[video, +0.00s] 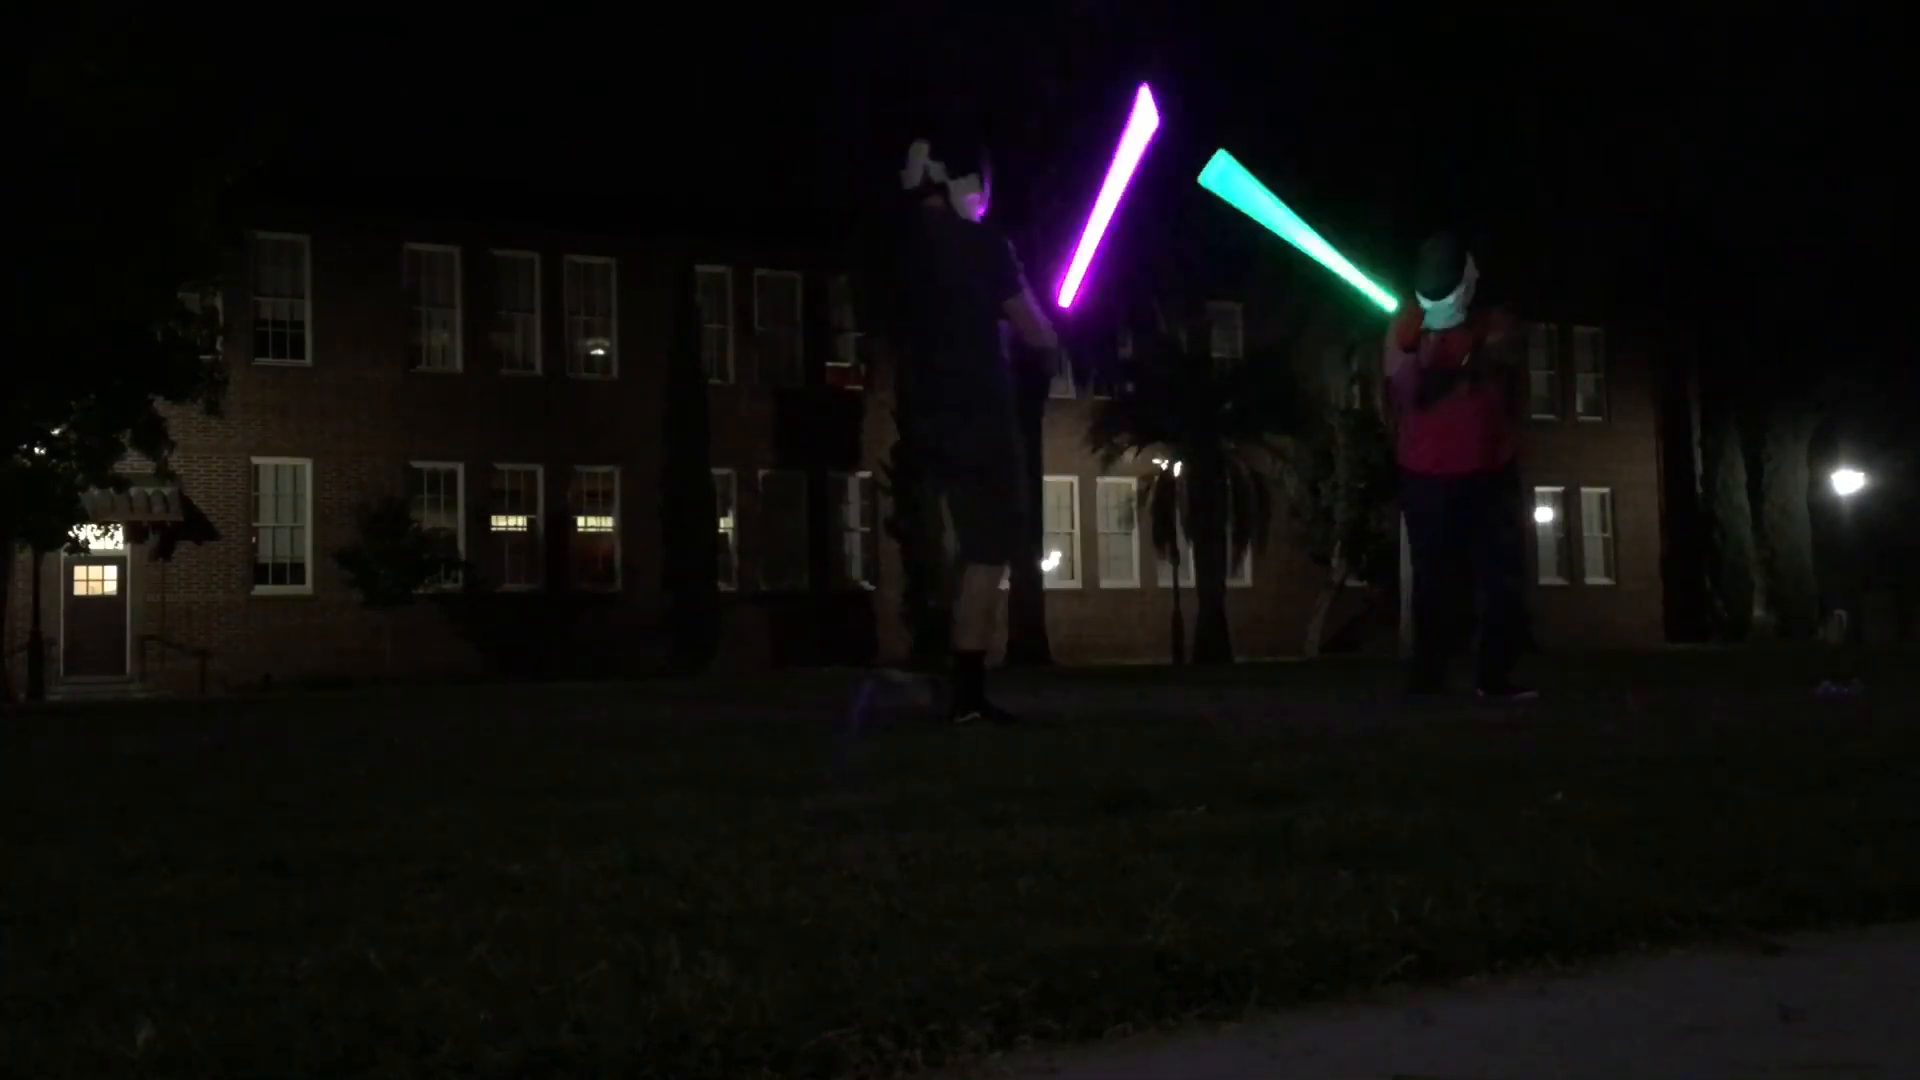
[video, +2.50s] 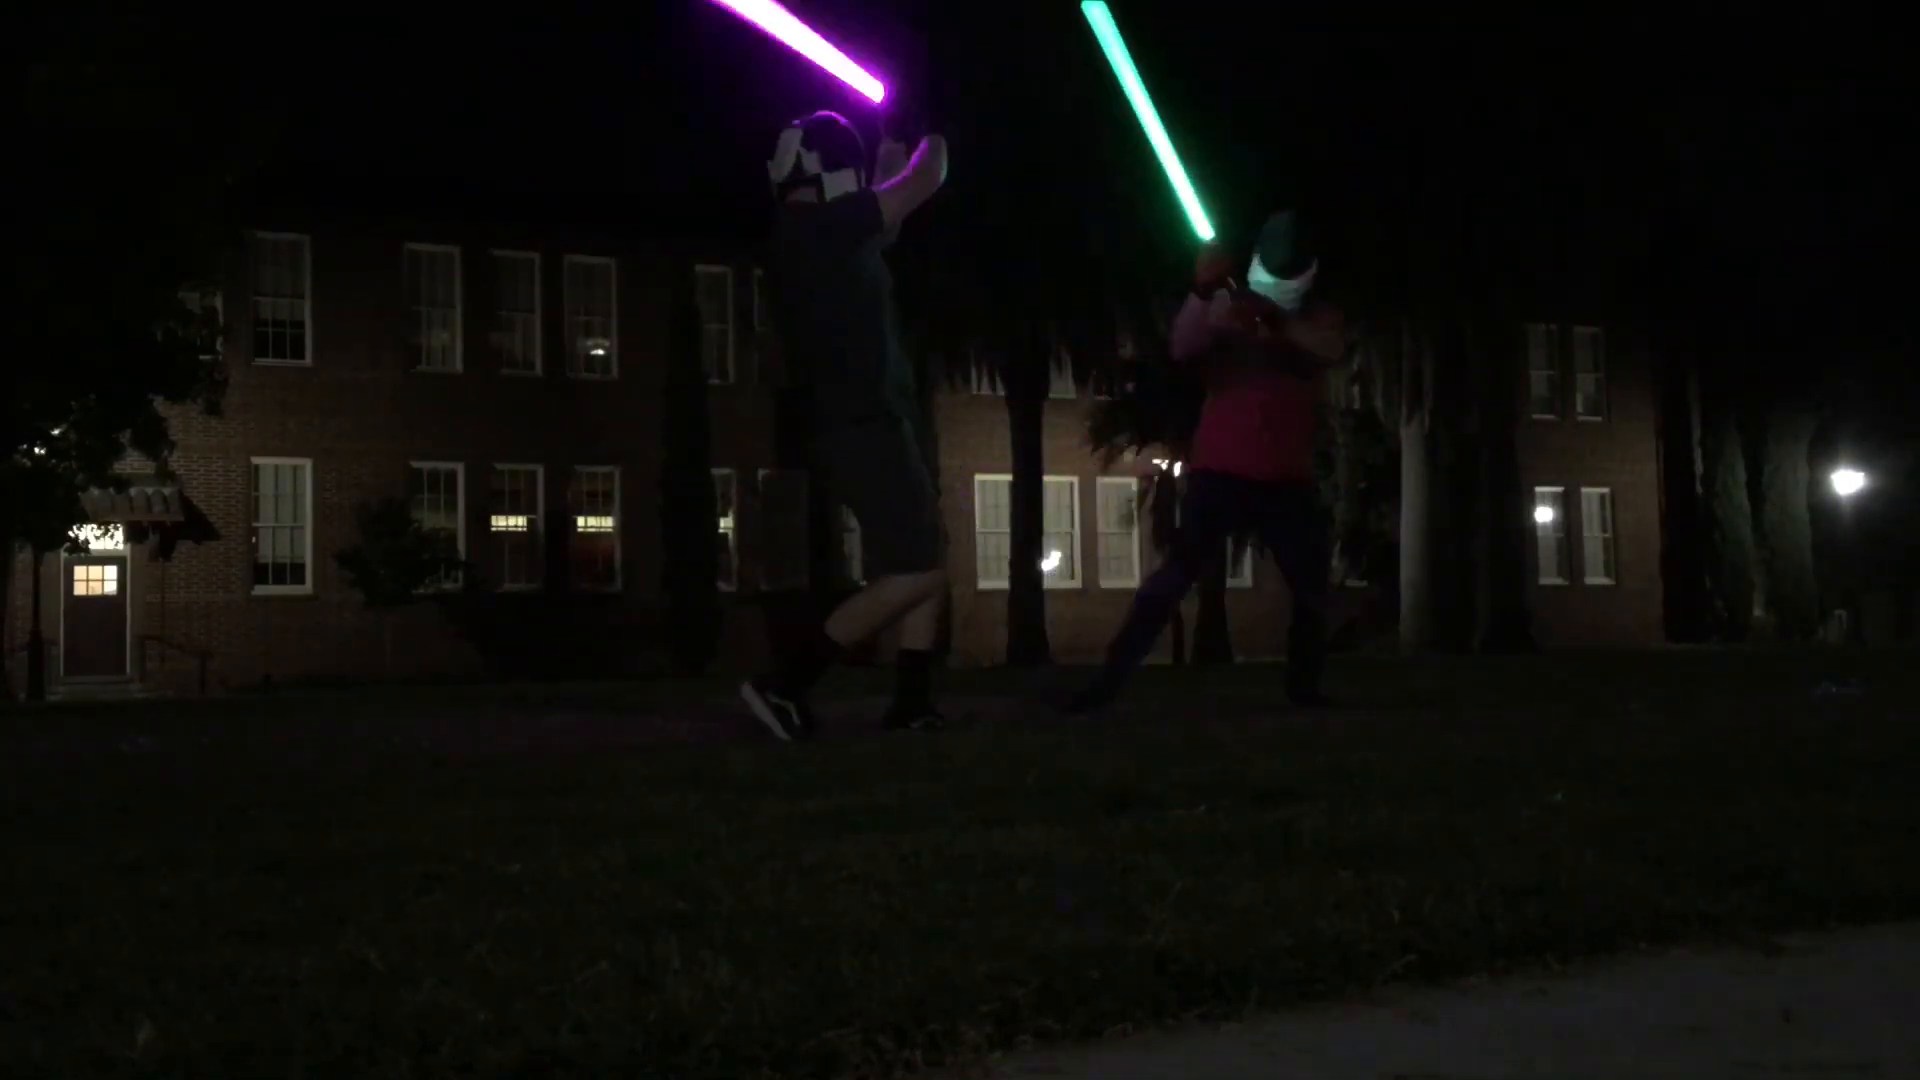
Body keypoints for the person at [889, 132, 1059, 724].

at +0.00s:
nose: (987, 200)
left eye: (984, 188)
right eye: (983, 189)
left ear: (933, 186)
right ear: (970, 188)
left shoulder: (900, 247)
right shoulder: (983, 246)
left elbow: (884, 345)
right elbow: (1038, 332)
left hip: (924, 412)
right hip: (980, 412)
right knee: (987, 548)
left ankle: (955, 680)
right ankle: (968, 689)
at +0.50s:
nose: (848, 206)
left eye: (845, 195)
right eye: (841, 195)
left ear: (786, 199)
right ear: (819, 199)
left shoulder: (758, 256)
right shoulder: (836, 257)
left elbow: (751, 349)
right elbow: (852, 357)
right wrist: (842, 418)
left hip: (752, 427)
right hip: (816, 427)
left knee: (758, 560)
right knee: (887, 537)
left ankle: (739, 705)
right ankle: (873, 685)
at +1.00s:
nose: (801, 200)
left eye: (798, 189)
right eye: (794, 189)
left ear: (746, 192)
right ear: (774, 191)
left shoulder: (720, 242)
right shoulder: (786, 244)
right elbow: (813, 342)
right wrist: (822, 403)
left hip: (720, 413)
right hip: (759, 420)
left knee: (797, 546)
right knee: (715, 558)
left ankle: (751, 684)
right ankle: (683, 701)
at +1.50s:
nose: (888, 254)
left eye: (886, 244)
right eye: (884, 244)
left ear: (835, 245)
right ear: (866, 245)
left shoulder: (820, 296)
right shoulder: (866, 299)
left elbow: (883, 281)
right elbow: (961, 317)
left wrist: (925, 258)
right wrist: (957, 261)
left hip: (860, 470)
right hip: (870, 473)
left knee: (963, 557)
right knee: (886, 599)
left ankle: (976, 698)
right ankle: (735, 672)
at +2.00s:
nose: (865, 240)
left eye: (858, 233)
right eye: (857, 233)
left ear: (818, 236)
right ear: (836, 232)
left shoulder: (861, 298)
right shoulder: (836, 282)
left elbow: (931, 285)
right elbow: (931, 226)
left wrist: (990, 243)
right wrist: (964, 217)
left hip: (915, 465)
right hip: (887, 467)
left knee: (992, 558)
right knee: (932, 606)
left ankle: (984, 702)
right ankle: (789, 693)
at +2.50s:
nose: (858, 181)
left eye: (859, 171)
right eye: (852, 170)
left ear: (796, 176)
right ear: (831, 174)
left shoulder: (819, 230)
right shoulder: (829, 226)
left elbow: (884, 206)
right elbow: (925, 176)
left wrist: (890, 167)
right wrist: (930, 140)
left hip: (874, 416)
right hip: (863, 419)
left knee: (924, 562)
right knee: (920, 568)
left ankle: (909, 706)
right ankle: (787, 681)